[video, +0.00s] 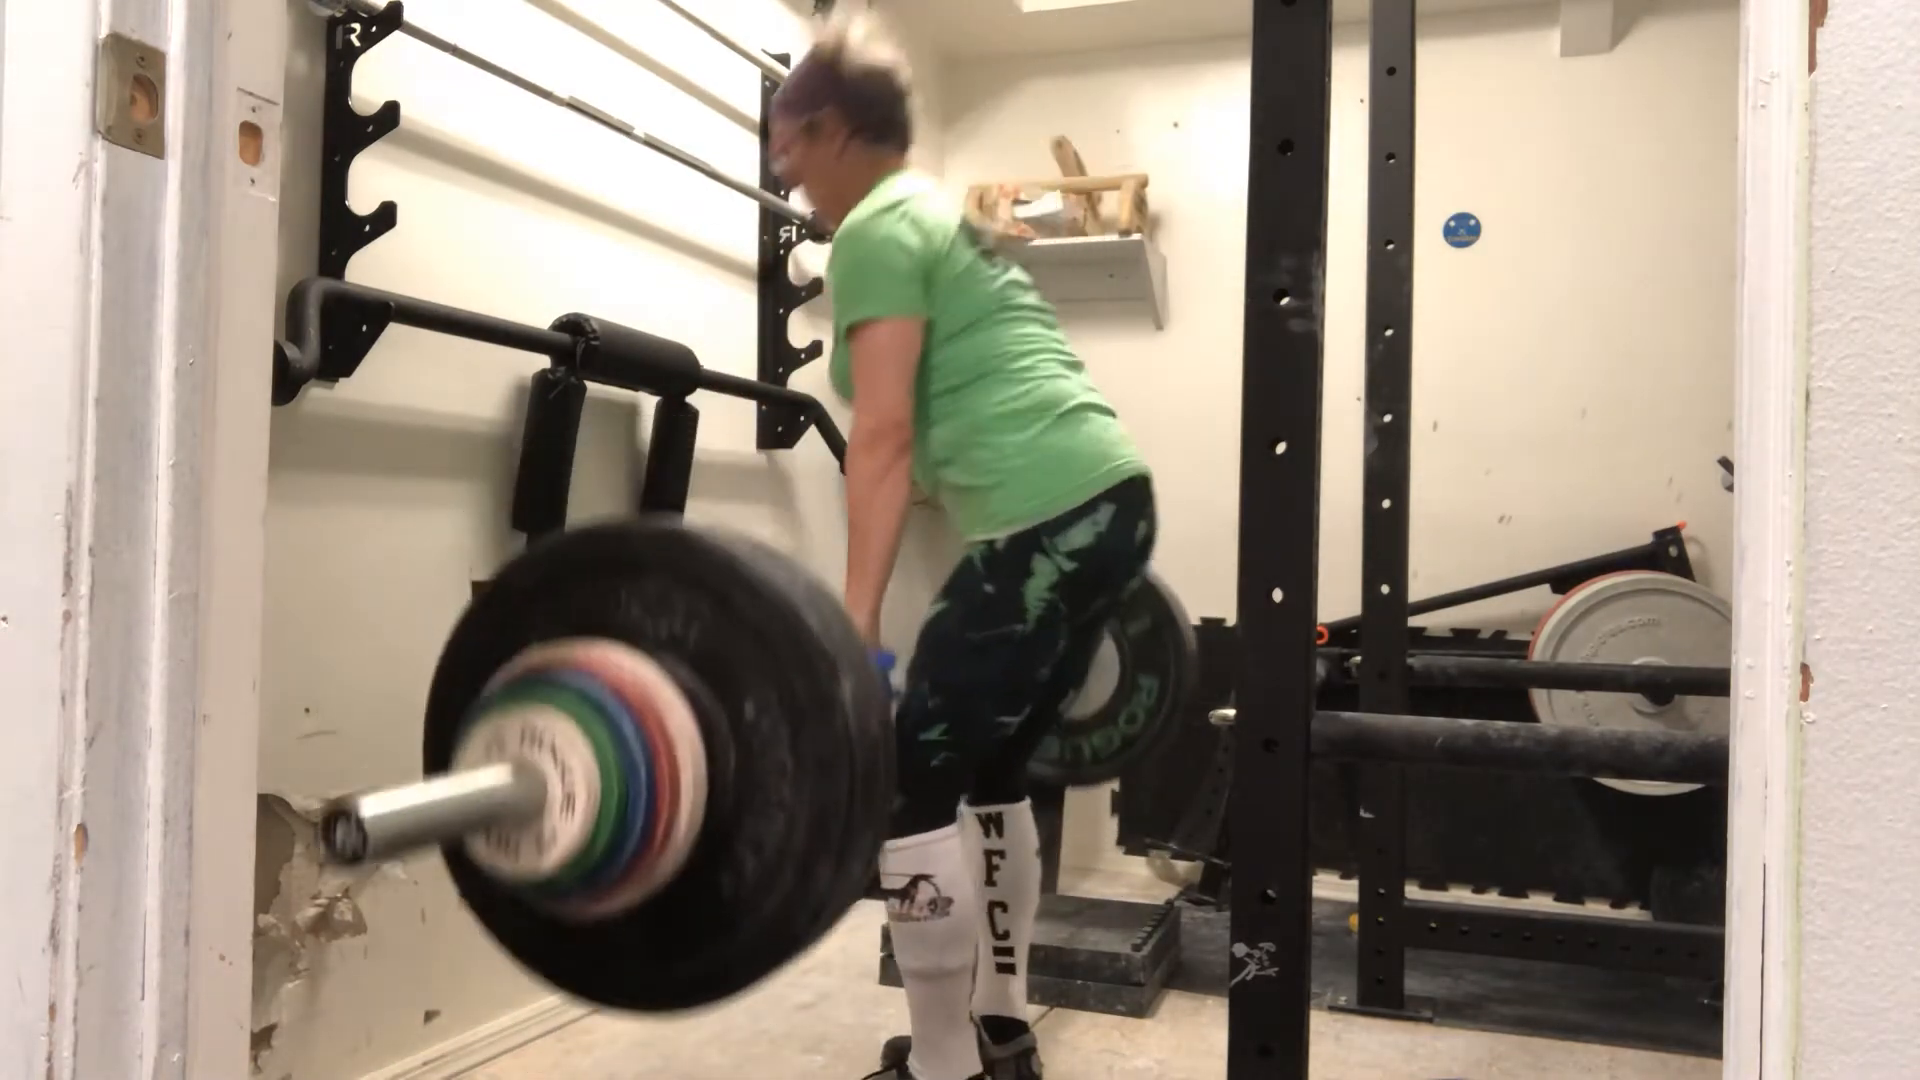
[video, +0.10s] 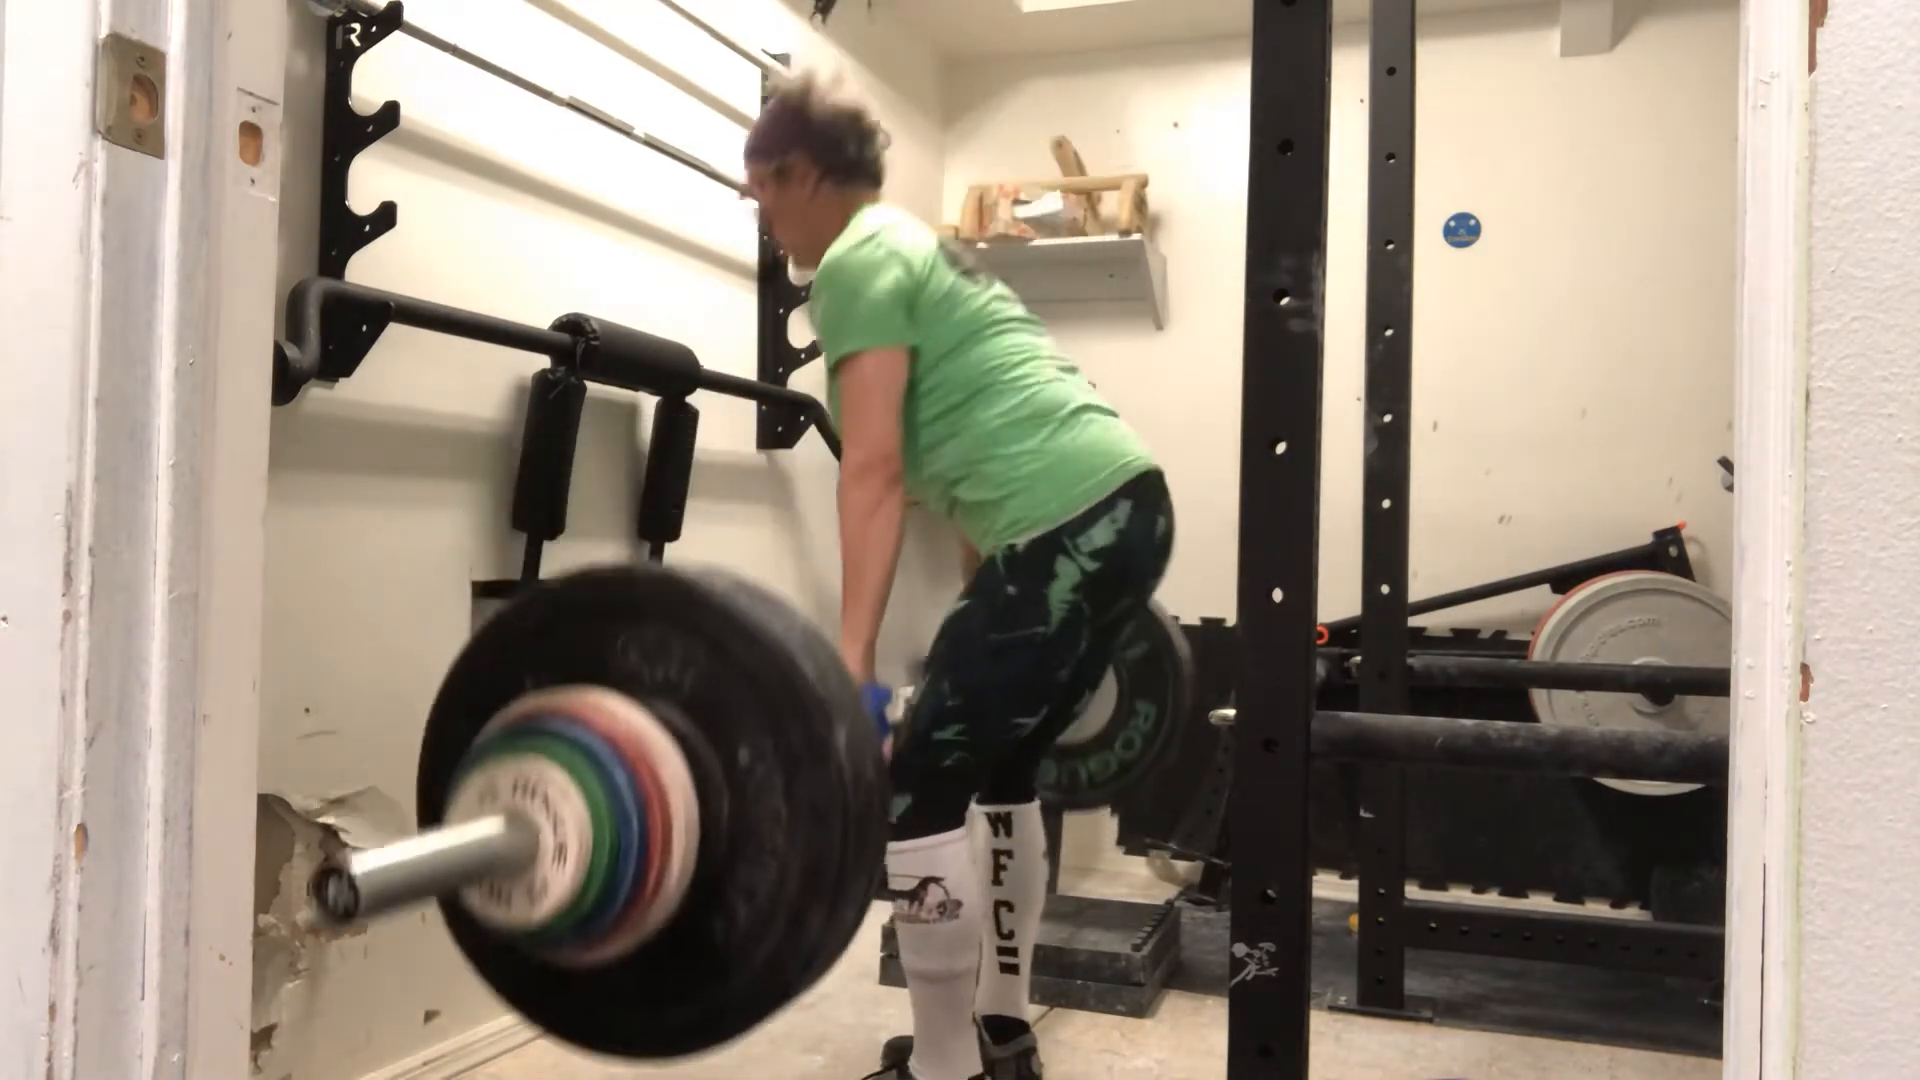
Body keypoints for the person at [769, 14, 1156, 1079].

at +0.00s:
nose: (784, 172)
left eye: (791, 145)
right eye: (782, 150)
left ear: (846, 130)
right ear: (863, 133)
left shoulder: (880, 230)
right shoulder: (935, 217)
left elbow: (883, 441)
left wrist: (856, 624)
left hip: (1050, 520)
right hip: (1101, 500)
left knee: (916, 769)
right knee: (995, 763)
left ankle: (941, 1061)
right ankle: (999, 1022)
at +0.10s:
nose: (759, 212)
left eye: (764, 189)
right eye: (755, 191)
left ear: (809, 178)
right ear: (840, 177)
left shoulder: (861, 262)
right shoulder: (909, 249)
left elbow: (873, 472)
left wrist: (849, 668)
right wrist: (983, 587)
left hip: (1068, 523)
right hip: (1117, 508)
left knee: (921, 781)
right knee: (1004, 769)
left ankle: (941, 1061)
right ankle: (1000, 1031)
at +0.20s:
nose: (737, 244)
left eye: (747, 219)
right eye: (735, 222)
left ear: (797, 212)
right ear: (826, 210)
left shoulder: (844, 291)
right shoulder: (900, 279)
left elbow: (865, 502)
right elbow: (967, 505)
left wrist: (848, 690)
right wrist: (982, 657)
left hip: (1075, 528)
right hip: (1130, 512)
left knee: (923, 789)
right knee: (1010, 773)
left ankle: (942, 1064)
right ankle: (1002, 1027)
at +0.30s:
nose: (725, 288)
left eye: (728, 263)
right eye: (720, 268)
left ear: (774, 249)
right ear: (803, 244)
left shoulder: (832, 320)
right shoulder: (895, 306)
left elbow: (859, 532)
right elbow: (960, 525)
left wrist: (841, 720)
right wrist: (980, 671)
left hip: (1082, 535)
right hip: (1137, 513)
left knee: (923, 795)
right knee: (1011, 778)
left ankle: (943, 1063)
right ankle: (1003, 1027)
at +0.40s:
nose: (711, 318)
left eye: (717, 293)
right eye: (709, 297)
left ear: (761, 282)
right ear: (790, 277)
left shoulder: (821, 351)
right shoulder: (881, 339)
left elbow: (850, 562)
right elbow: (950, 538)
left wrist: (838, 758)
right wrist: (973, 683)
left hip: (1083, 552)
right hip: (1137, 526)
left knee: (913, 798)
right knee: (1004, 779)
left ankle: (942, 1063)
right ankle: (1001, 1028)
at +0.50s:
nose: (696, 359)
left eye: (701, 337)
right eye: (693, 339)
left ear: (739, 323)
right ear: (774, 312)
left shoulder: (810, 388)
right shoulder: (860, 364)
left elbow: (841, 606)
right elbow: (946, 536)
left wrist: (835, 798)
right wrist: (957, 684)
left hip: (1087, 564)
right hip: (1144, 537)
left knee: (903, 805)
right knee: (996, 784)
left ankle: (942, 1062)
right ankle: (1000, 1028)